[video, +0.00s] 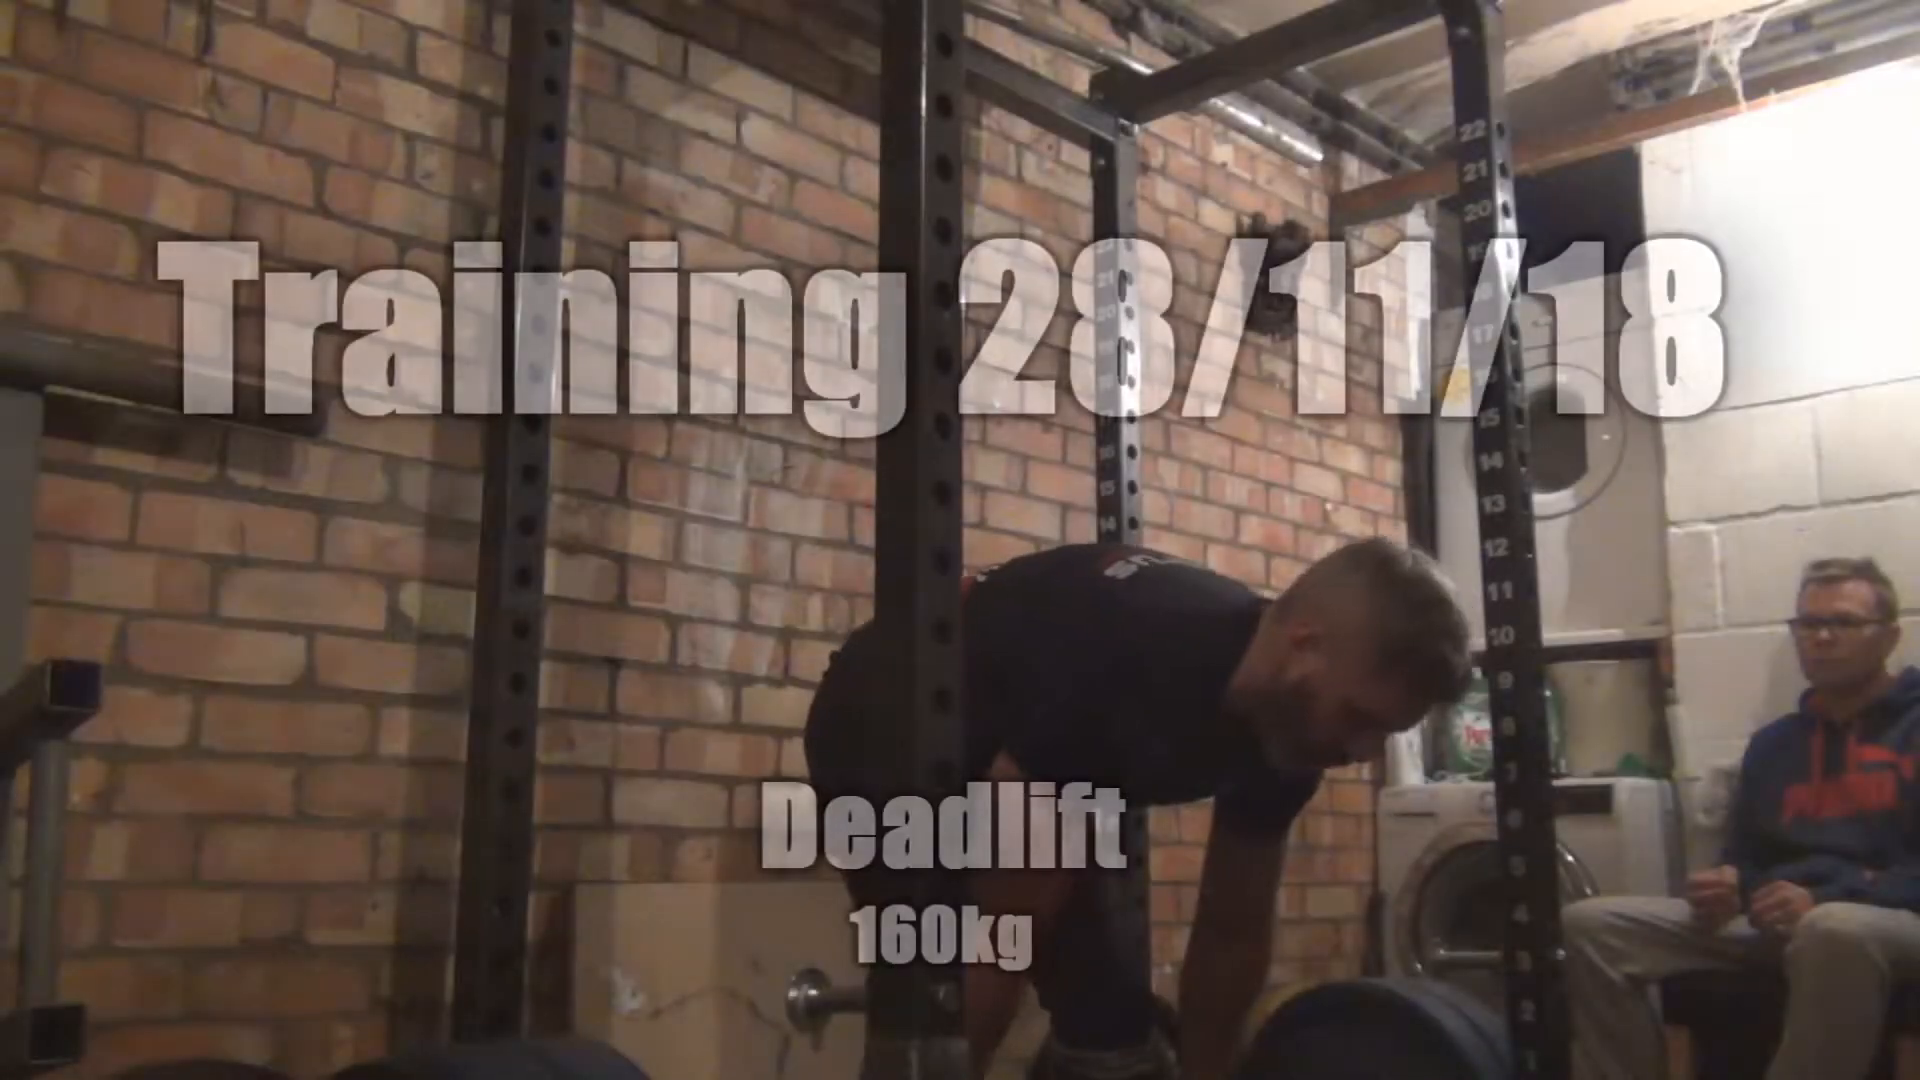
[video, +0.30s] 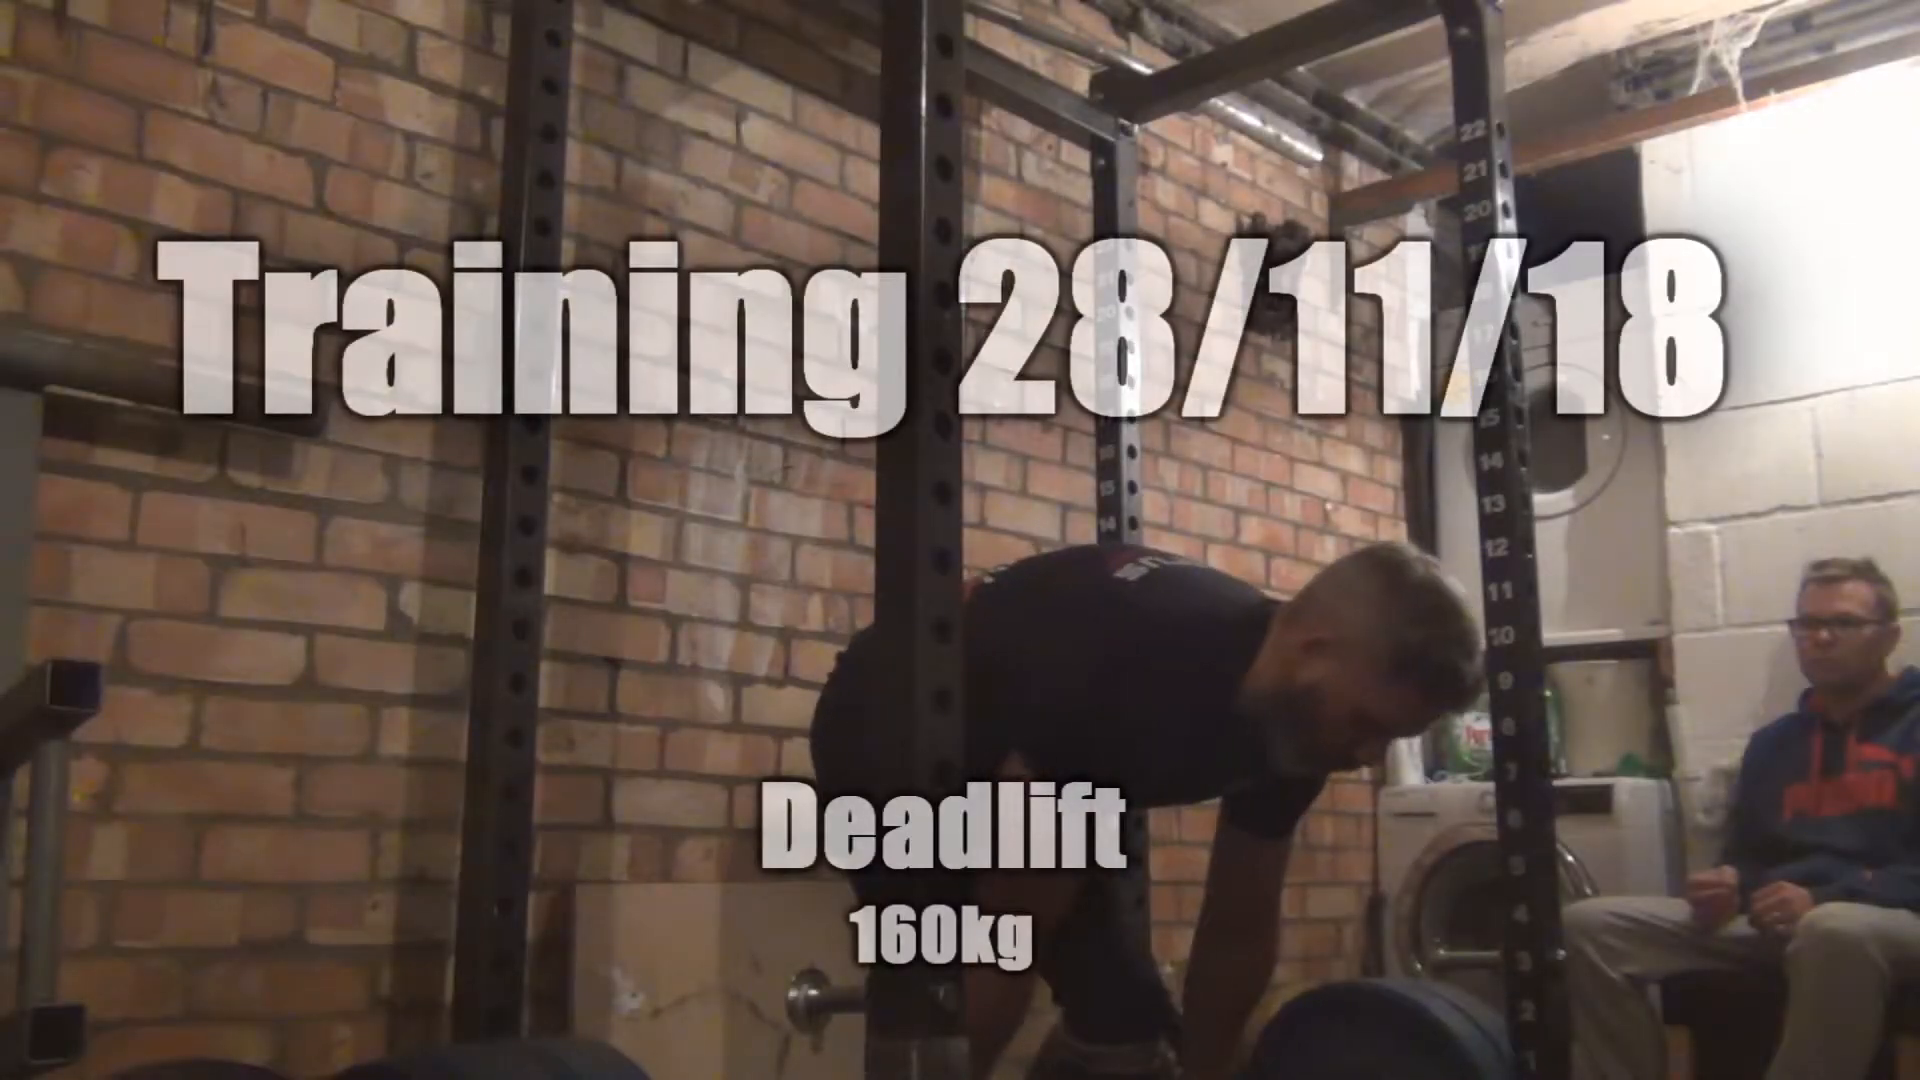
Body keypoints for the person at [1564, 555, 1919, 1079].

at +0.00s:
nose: (1821, 638)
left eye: (1842, 624)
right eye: (1809, 623)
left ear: (1890, 636)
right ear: (1794, 633)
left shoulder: (1913, 724)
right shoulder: (1773, 744)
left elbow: (1913, 877)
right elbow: (1745, 854)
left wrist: (1820, 900)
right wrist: (1729, 886)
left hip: (1894, 921)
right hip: (1772, 921)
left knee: (1831, 936)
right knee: (1589, 928)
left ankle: (1801, 1072)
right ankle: (1627, 1073)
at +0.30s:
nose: (1820, 639)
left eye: (1842, 624)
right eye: (1808, 624)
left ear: (1890, 636)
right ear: (1794, 634)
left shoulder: (1913, 722)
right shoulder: (1773, 743)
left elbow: (1914, 873)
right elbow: (1746, 857)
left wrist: (1820, 899)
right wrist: (1730, 885)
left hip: (1894, 919)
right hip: (1772, 919)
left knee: (1832, 937)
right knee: (1589, 929)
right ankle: (1623, 1073)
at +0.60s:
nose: (1820, 639)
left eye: (1843, 624)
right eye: (1808, 624)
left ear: (1890, 636)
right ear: (1794, 634)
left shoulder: (1913, 722)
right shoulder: (1771, 744)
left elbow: (1914, 872)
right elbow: (1746, 857)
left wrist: (1819, 899)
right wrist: (1730, 885)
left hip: (1896, 918)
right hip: (1772, 918)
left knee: (1832, 937)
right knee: (1588, 930)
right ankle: (1625, 1072)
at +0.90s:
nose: (1820, 639)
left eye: (1842, 625)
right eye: (1808, 624)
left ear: (1890, 636)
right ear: (1793, 633)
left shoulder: (1913, 721)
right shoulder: (1771, 744)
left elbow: (1914, 874)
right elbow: (1743, 859)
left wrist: (1819, 899)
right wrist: (1728, 888)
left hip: (1893, 919)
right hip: (1769, 921)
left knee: (1832, 936)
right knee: (1589, 929)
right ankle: (1623, 1073)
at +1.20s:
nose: (1820, 639)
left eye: (1842, 625)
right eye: (1808, 624)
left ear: (1890, 636)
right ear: (1793, 633)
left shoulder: (1913, 721)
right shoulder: (1772, 744)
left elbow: (1914, 874)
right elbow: (1743, 860)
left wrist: (1819, 900)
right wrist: (1728, 889)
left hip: (1893, 920)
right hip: (1769, 921)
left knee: (1832, 936)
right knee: (1589, 929)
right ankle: (1623, 1073)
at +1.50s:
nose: (1821, 638)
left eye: (1843, 624)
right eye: (1808, 624)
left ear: (1889, 636)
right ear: (1794, 633)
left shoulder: (1911, 723)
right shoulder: (1772, 744)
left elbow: (1912, 873)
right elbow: (1744, 859)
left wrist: (1820, 900)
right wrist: (1729, 889)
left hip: (1893, 920)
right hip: (1772, 920)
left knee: (1832, 936)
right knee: (1588, 928)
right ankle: (1626, 1073)